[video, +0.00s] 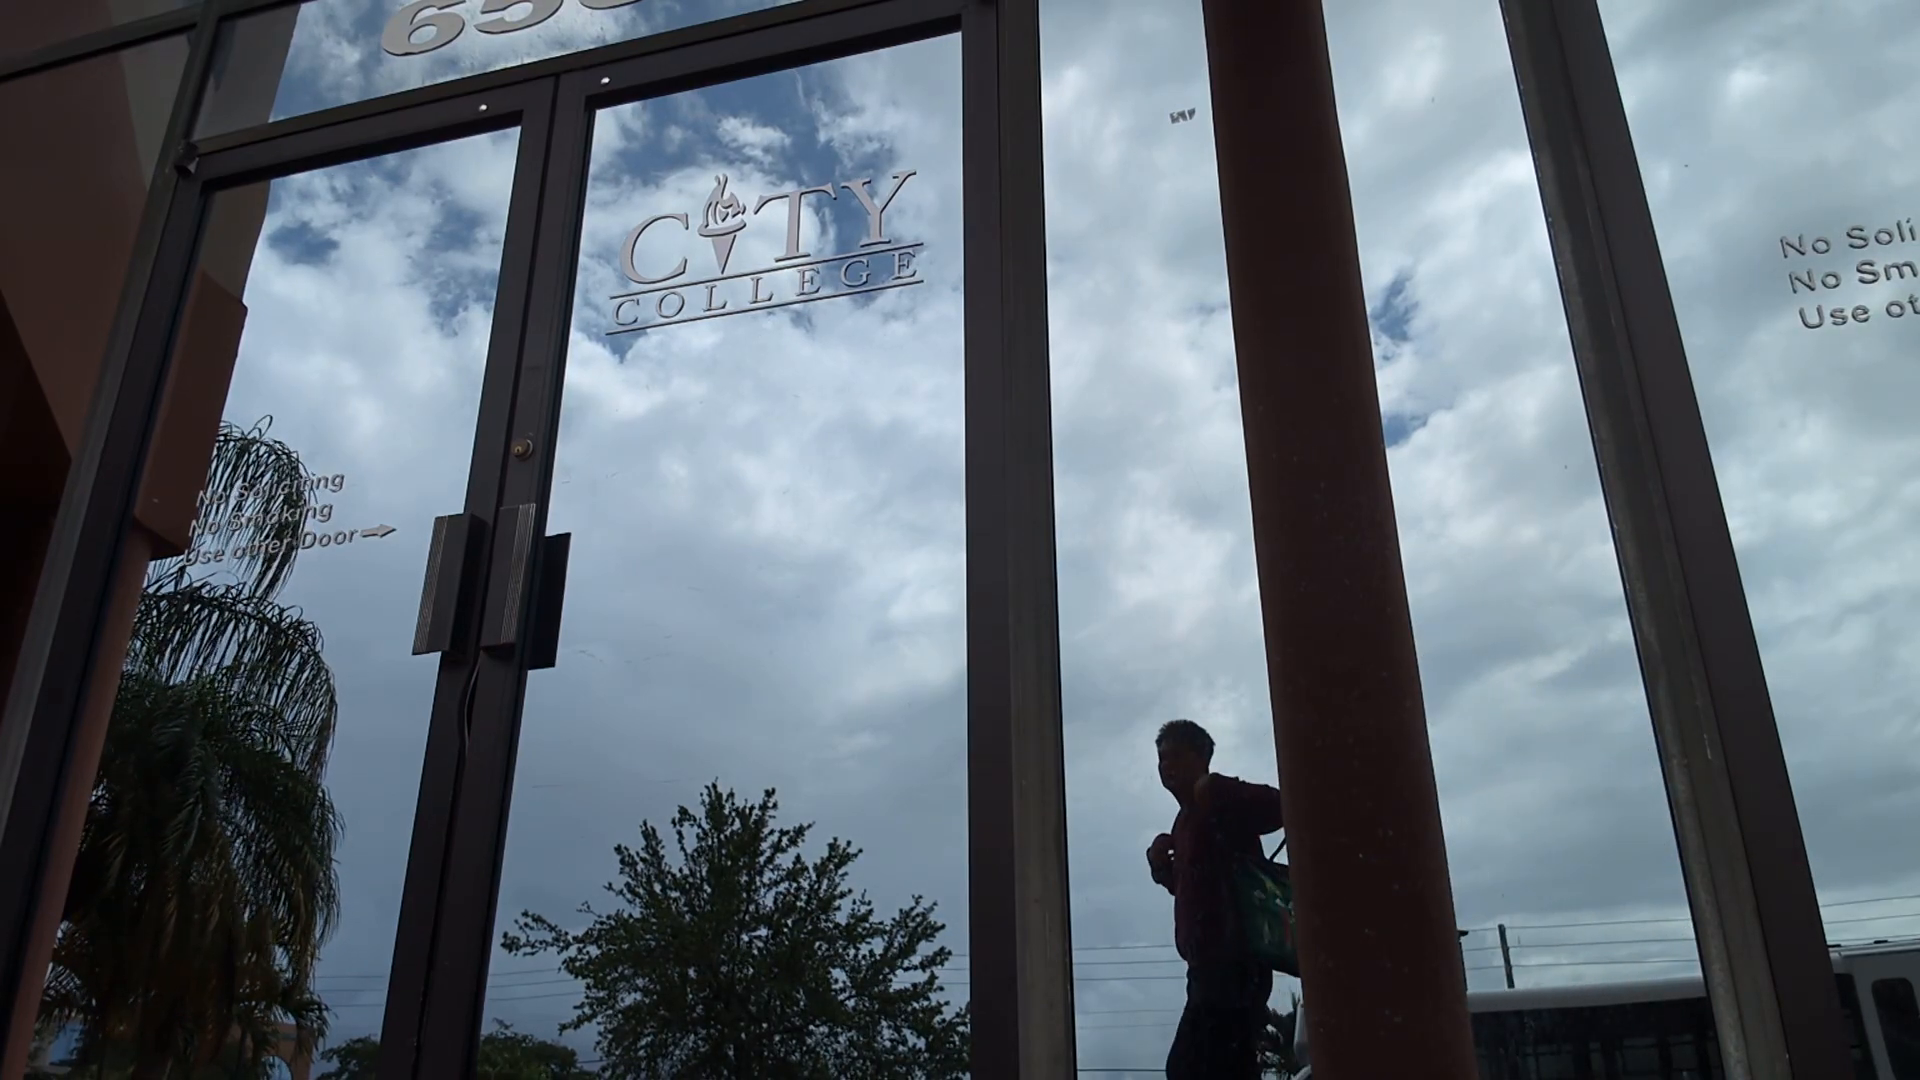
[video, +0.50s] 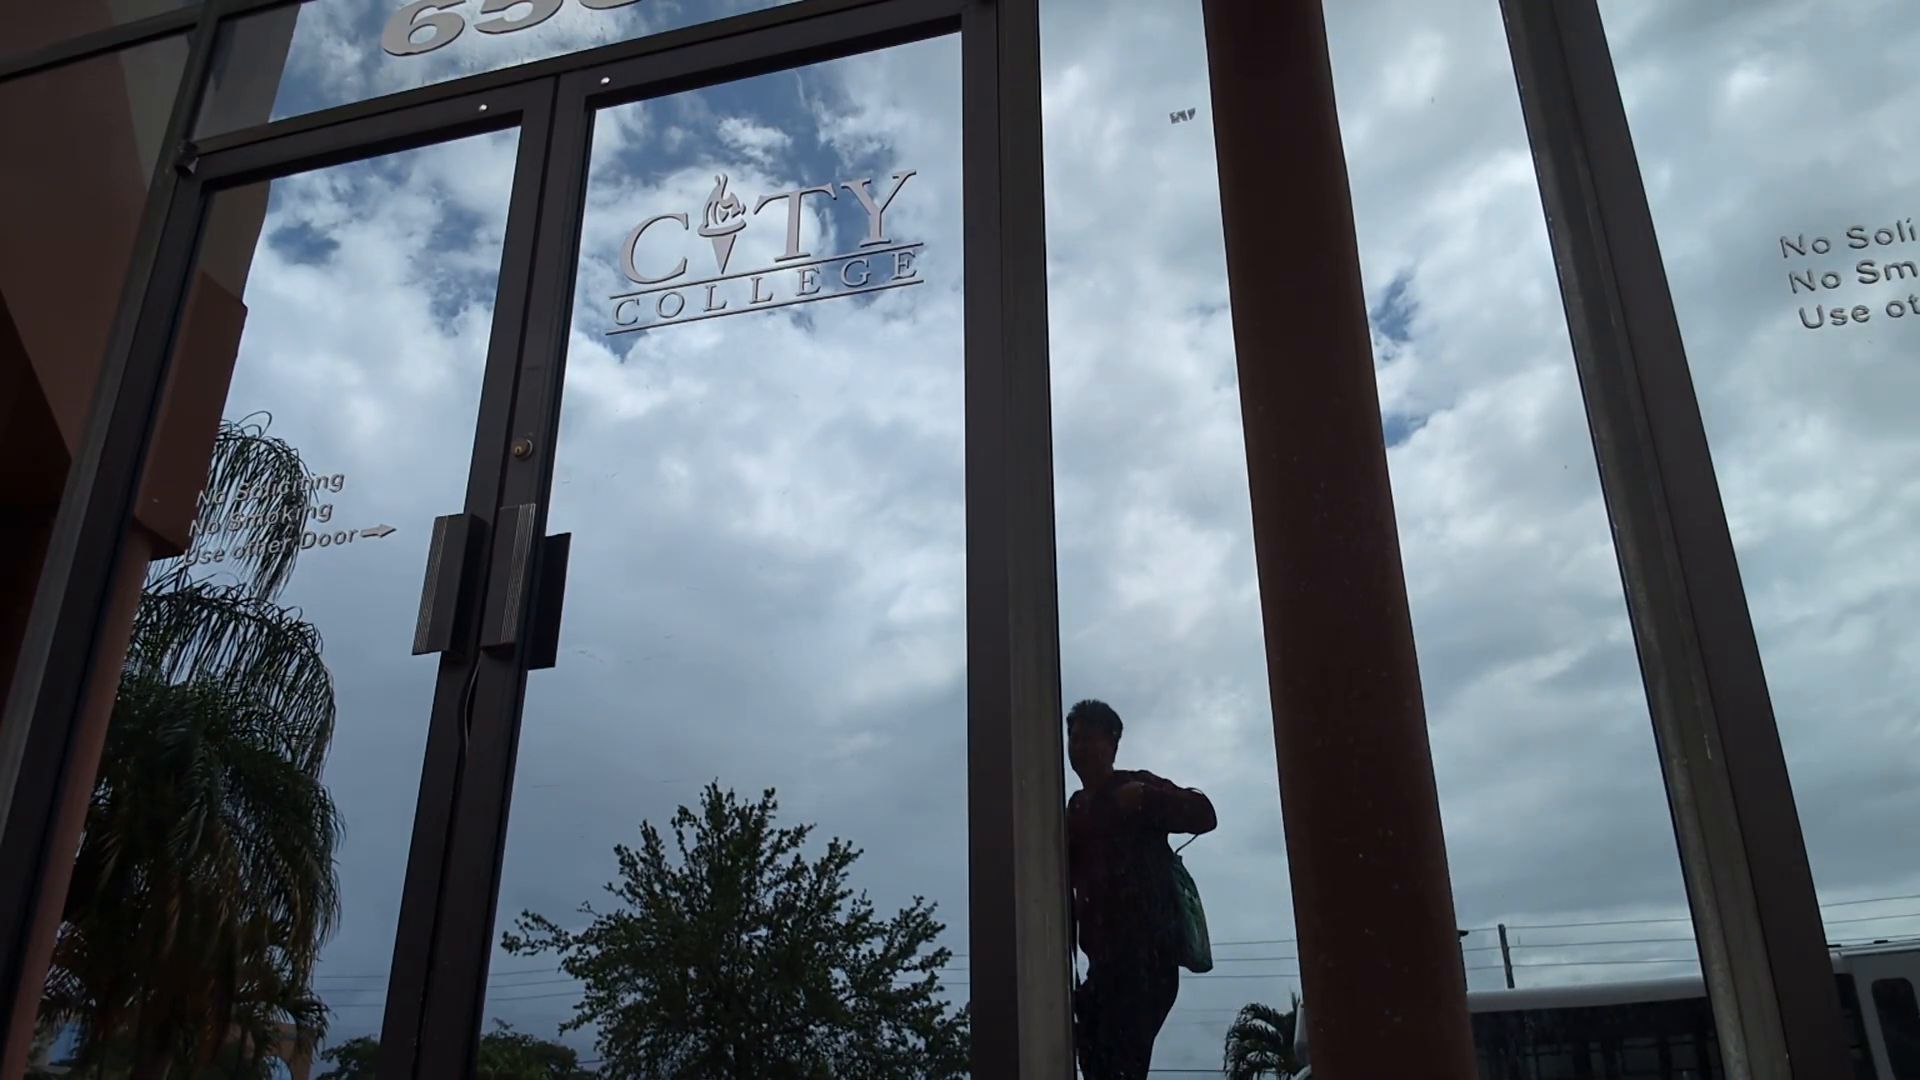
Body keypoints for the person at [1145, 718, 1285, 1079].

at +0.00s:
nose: (1164, 765)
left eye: (1174, 755)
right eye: (1161, 757)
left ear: (1202, 758)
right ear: (1158, 763)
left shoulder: (1223, 801)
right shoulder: (1184, 821)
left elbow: (1282, 808)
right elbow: (1193, 887)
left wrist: (1222, 786)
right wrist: (1162, 868)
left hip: (1236, 967)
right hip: (1208, 967)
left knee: (1185, 1066)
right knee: (1231, 1069)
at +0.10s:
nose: (1146, 765)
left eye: (1156, 755)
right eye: (1142, 757)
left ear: (1183, 759)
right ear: (1140, 763)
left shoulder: (1207, 800)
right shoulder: (1162, 822)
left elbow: (1271, 814)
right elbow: (1167, 889)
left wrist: (1212, 796)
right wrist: (1137, 864)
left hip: (1222, 965)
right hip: (1189, 967)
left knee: (1162, 1063)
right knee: (1215, 1069)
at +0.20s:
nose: (1128, 766)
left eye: (1138, 756)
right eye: (1124, 757)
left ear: (1164, 759)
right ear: (1121, 763)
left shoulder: (1191, 800)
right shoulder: (1139, 822)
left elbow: (1259, 819)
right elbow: (1142, 890)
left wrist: (1200, 801)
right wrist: (1116, 862)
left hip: (1207, 971)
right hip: (1169, 973)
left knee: (1147, 1066)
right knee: (1210, 1072)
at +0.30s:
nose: (1111, 764)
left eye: (1121, 754)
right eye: (1106, 755)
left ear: (1146, 758)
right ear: (1102, 761)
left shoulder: (1175, 799)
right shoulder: (1118, 820)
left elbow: (1241, 822)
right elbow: (1119, 891)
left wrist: (1185, 803)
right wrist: (1096, 861)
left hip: (1188, 965)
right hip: (1148, 968)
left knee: (1134, 1066)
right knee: (1188, 1067)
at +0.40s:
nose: (1093, 756)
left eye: (1103, 747)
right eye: (1088, 748)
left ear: (1127, 752)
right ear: (1084, 754)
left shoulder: (1155, 793)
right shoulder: (1095, 815)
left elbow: (1221, 821)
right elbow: (1099, 883)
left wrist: (1163, 802)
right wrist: (1073, 854)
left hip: (1167, 958)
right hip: (1125, 960)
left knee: (1121, 1061)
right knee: (1154, 1062)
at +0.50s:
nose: (1080, 747)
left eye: (1090, 738)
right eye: (1074, 738)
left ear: (1112, 743)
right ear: (1068, 743)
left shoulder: (1137, 786)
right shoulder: (1075, 807)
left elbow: (1204, 815)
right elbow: (1066, 875)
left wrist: (1146, 798)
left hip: (1148, 959)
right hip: (1104, 959)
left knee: (1118, 1061)